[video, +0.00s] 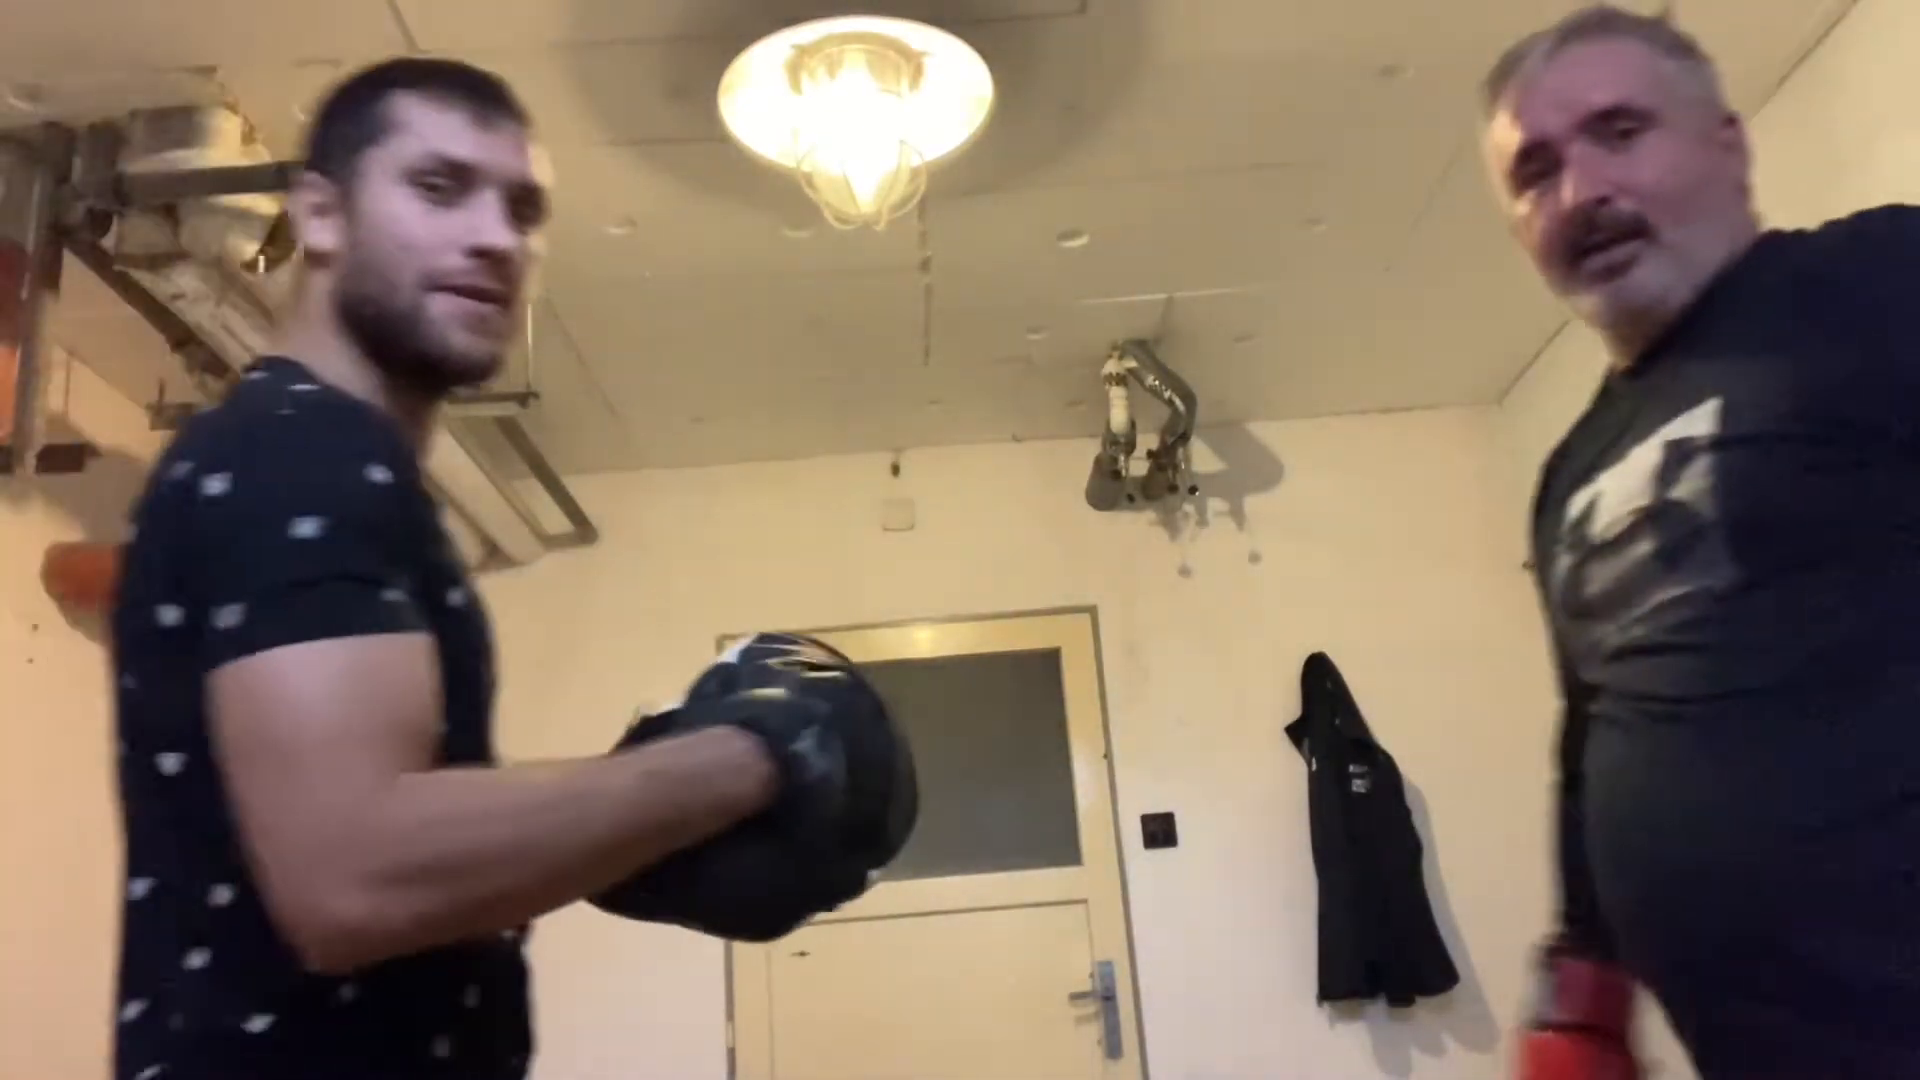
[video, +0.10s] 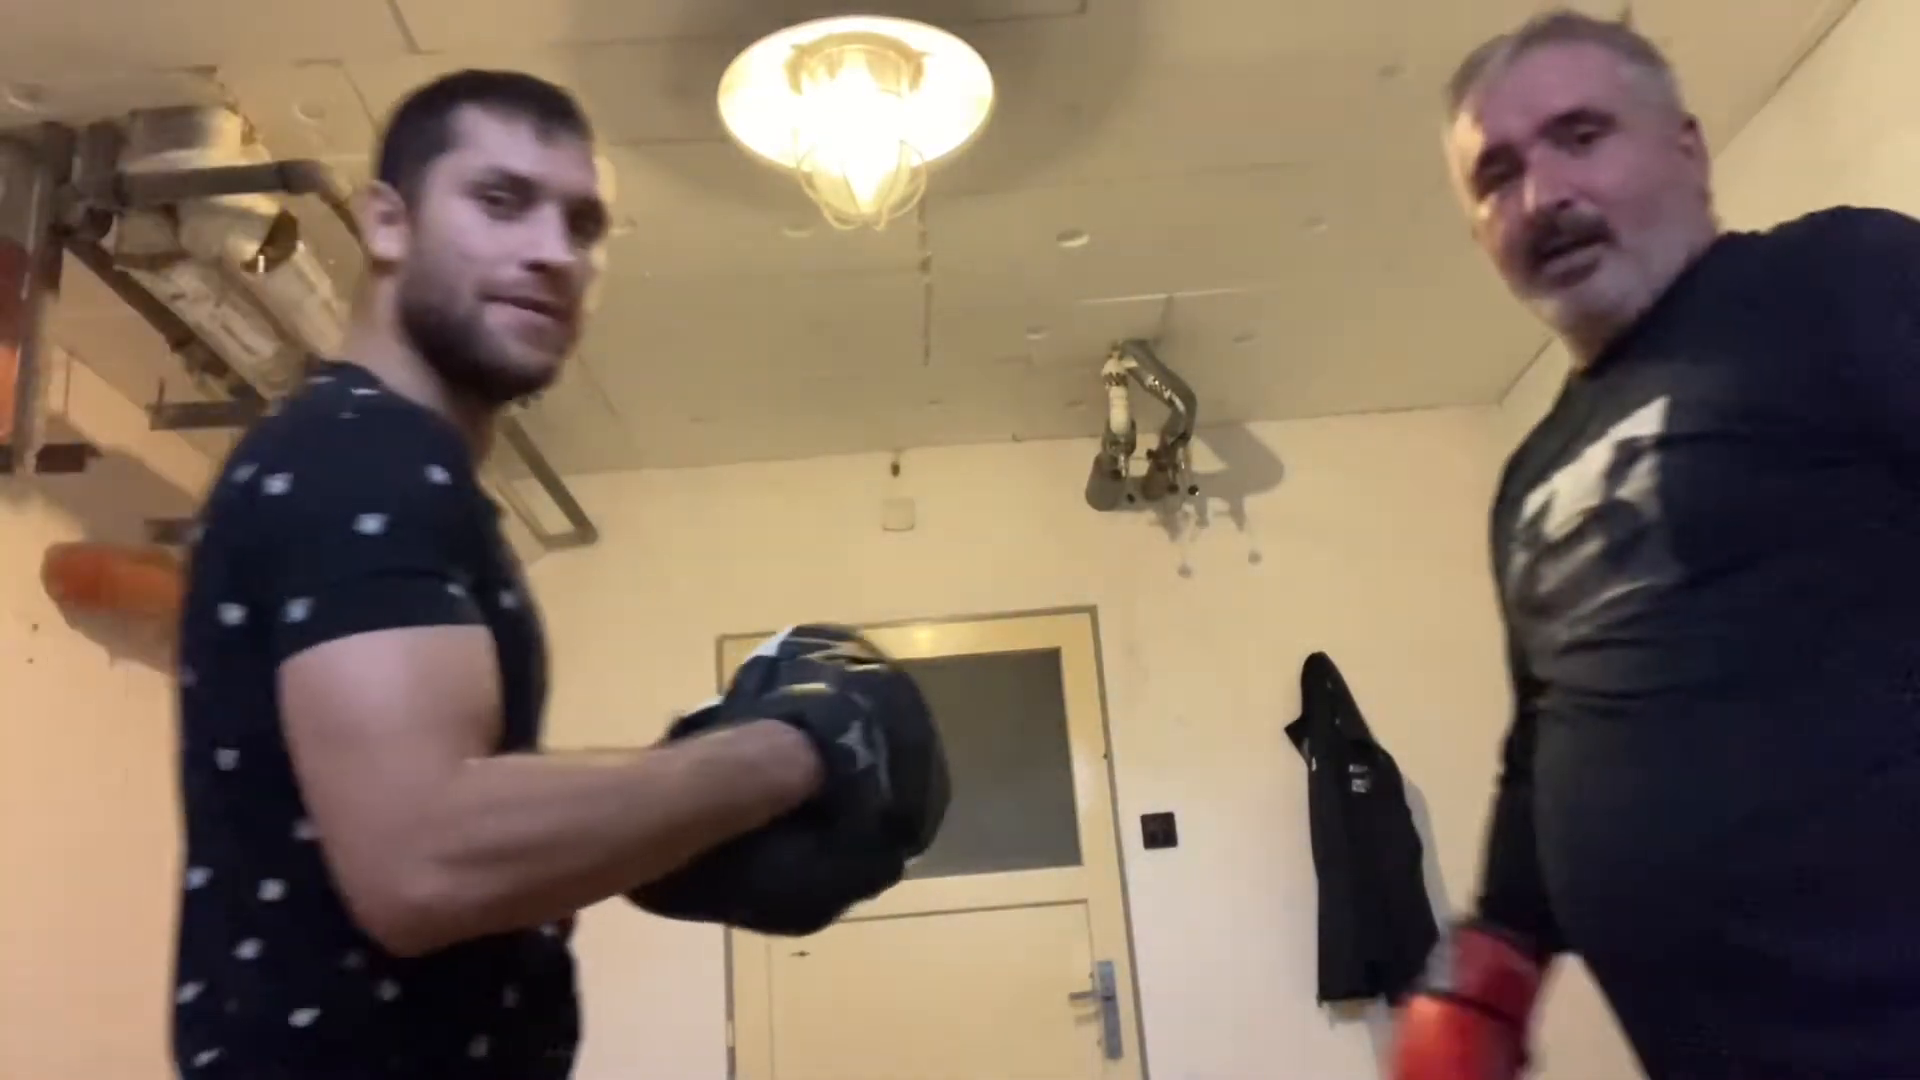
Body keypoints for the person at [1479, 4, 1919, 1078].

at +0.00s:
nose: (1580, 189)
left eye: (1620, 131)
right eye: (1537, 173)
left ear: (1730, 144)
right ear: (1517, 229)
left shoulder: (1889, 268)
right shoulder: (1570, 474)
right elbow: (1598, 736)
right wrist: (1583, 997)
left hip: (1911, 979)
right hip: (1745, 1033)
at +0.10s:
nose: (1542, 193)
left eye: (1581, 136)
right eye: (1499, 177)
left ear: (1688, 146)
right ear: (1479, 231)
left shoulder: (1852, 273)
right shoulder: (1531, 476)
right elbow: (1551, 737)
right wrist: (1488, 981)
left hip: (1893, 990)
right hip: (1698, 1037)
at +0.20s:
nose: (1512, 193)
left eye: (1552, 137)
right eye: (1469, 175)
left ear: (1659, 152)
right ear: (1451, 233)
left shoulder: (1818, 285)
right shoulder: (1500, 475)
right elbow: (1515, 735)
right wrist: (1425, 945)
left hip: (1878, 1003)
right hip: (1656, 1043)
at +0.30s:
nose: (1484, 189)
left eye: (1525, 132)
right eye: (1441, 171)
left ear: (1632, 147)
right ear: (1420, 227)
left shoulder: (1786, 284)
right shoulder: (1471, 468)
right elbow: (1492, 728)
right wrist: (1399, 940)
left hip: (1868, 1008)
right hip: (1626, 1042)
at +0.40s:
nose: (1458, 185)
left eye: (1499, 122)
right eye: (1412, 160)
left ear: (1611, 138)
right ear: (1393, 216)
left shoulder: (1758, 281)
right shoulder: (1446, 460)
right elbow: (1473, 726)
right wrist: (1396, 966)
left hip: (1849, 1014)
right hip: (1593, 1044)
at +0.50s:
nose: (1428, 173)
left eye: (1469, 109)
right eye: (1384, 147)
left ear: (1585, 126)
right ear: (1362, 202)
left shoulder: (1737, 276)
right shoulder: (1418, 447)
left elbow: (1915, 529)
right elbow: (1461, 741)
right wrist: (1419, 989)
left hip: (1823, 1006)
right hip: (1561, 1037)